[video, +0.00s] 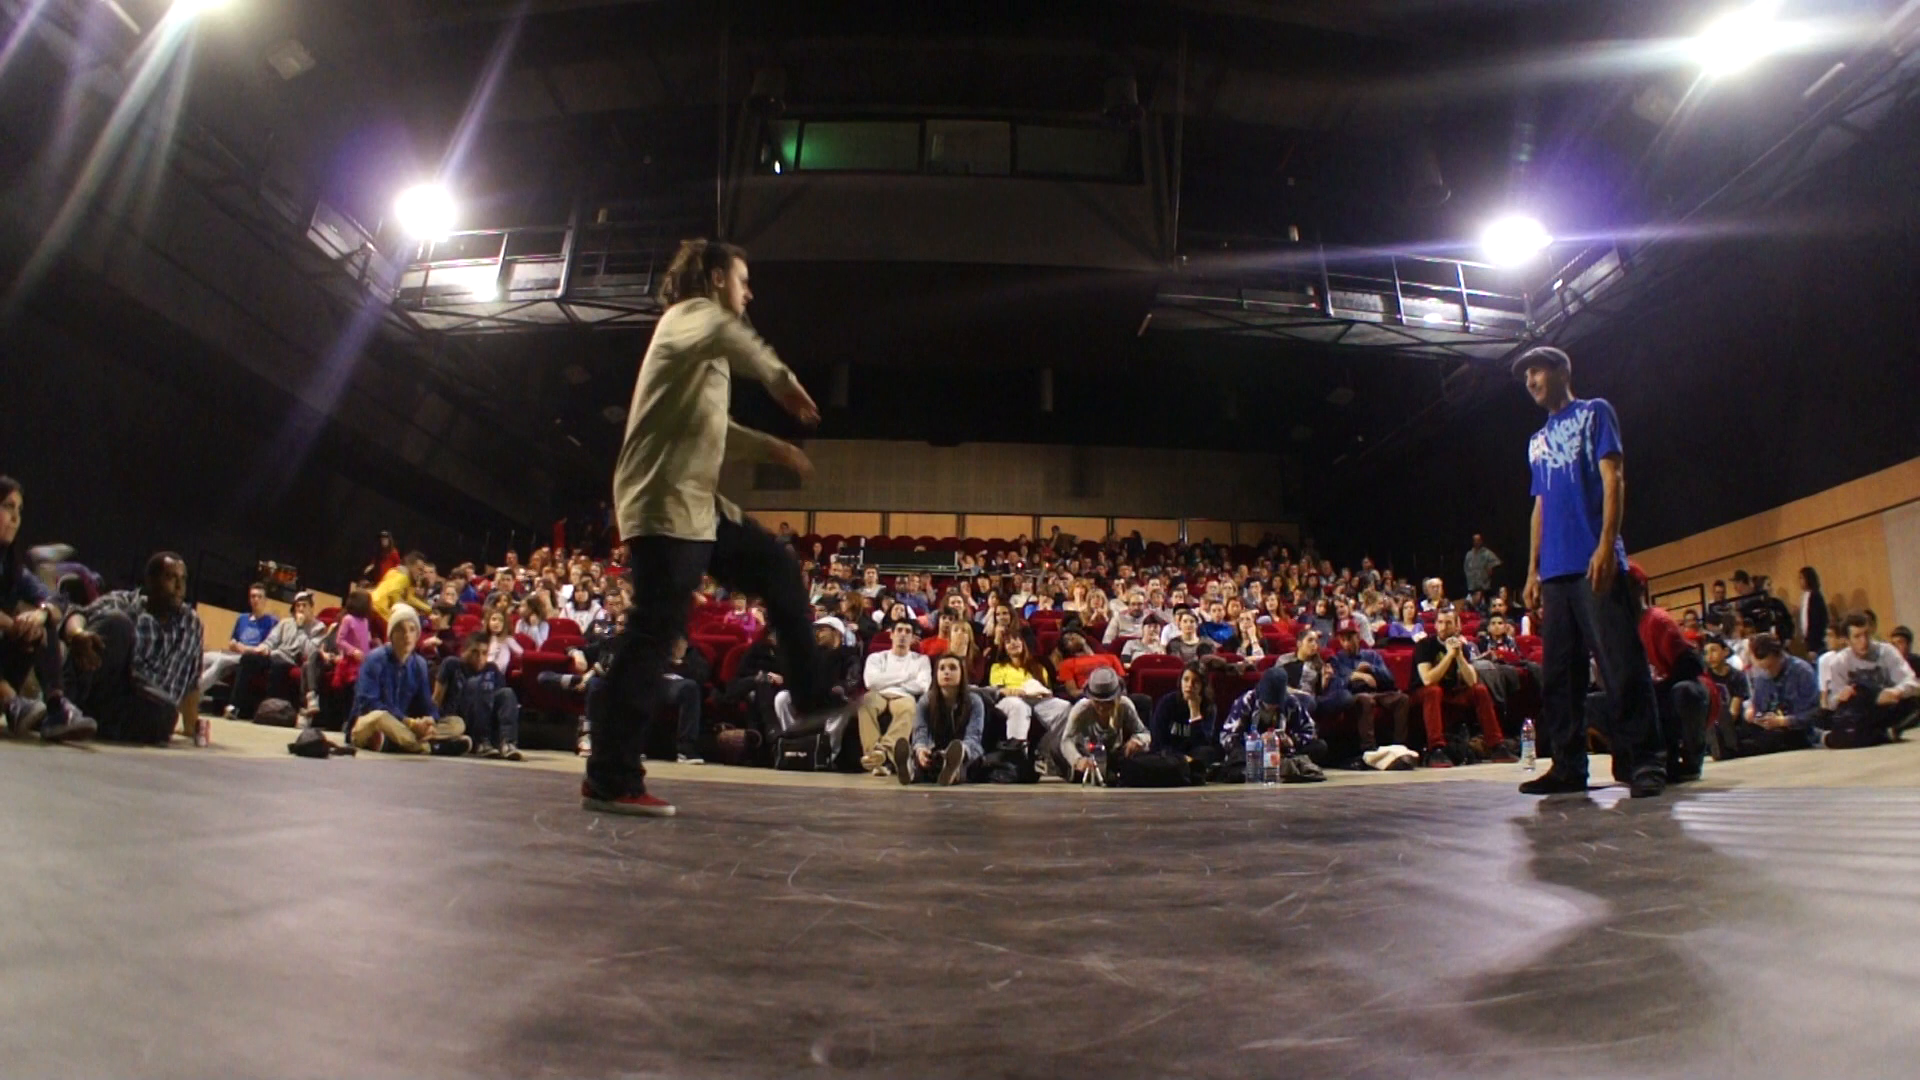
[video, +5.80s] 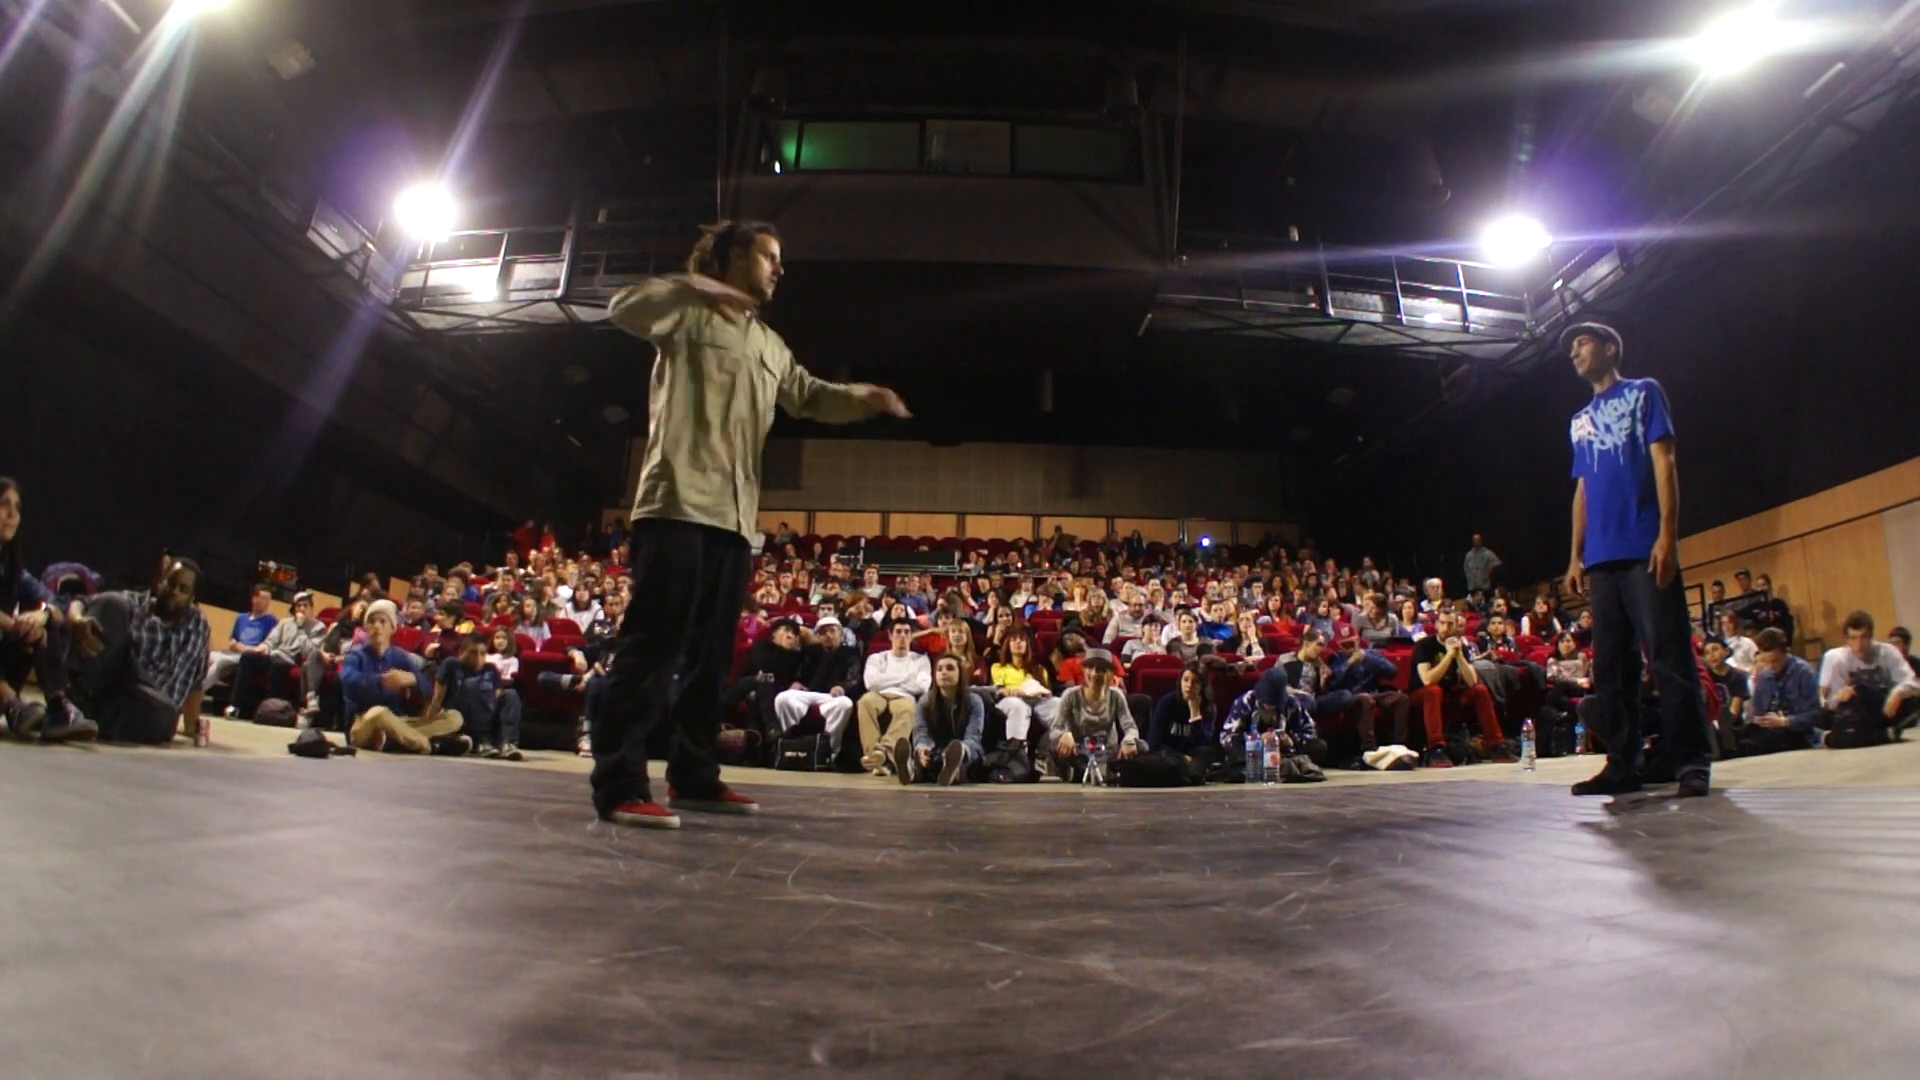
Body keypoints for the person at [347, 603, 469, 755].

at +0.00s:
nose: (407, 636)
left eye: (412, 630)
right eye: (401, 631)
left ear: (418, 634)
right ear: (391, 635)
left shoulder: (419, 664)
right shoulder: (375, 659)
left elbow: (426, 703)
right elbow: (368, 703)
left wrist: (430, 720)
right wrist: (406, 722)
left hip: (412, 724)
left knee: (457, 723)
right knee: (380, 717)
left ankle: (395, 744)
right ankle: (427, 748)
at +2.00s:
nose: (408, 637)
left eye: (412, 631)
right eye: (401, 631)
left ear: (418, 635)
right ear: (391, 635)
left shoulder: (420, 664)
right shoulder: (376, 658)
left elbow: (426, 705)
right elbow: (367, 703)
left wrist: (430, 720)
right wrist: (407, 722)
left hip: (411, 726)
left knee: (457, 724)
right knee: (380, 718)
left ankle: (393, 744)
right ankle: (426, 748)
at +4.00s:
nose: (408, 637)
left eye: (412, 631)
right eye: (401, 632)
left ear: (418, 635)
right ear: (391, 635)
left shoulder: (419, 664)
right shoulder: (375, 660)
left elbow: (426, 704)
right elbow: (368, 703)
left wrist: (430, 720)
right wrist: (407, 722)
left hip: (411, 725)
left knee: (457, 723)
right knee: (381, 718)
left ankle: (395, 744)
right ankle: (424, 748)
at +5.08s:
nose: (400, 637)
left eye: (407, 632)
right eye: (396, 630)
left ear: (417, 638)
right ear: (390, 634)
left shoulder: (420, 665)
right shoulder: (373, 660)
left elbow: (420, 707)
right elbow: (364, 704)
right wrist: (406, 700)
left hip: (410, 724)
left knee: (456, 724)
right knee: (379, 718)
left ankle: (393, 744)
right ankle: (428, 747)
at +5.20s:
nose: (398, 637)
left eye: (405, 633)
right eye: (394, 631)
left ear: (415, 639)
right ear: (388, 633)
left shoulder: (419, 664)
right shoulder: (372, 660)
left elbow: (426, 706)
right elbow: (367, 705)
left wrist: (428, 720)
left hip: (404, 724)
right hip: (366, 725)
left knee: (457, 724)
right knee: (380, 717)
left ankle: (393, 744)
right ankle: (428, 747)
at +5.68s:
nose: (381, 629)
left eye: (387, 624)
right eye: (376, 624)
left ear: (398, 630)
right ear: (371, 630)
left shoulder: (408, 661)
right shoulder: (359, 659)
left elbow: (427, 700)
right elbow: (354, 696)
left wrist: (419, 702)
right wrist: (385, 675)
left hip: (402, 723)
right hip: (364, 727)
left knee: (456, 723)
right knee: (379, 716)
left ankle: (393, 743)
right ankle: (430, 748)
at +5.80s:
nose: (377, 626)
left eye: (382, 621)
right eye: (372, 622)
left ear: (393, 628)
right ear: (366, 627)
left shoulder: (400, 657)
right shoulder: (356, 655)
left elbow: (427, 690)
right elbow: (349, 679)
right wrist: (384, 681)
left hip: (401, 720)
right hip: (364, 725)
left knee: (455, 717)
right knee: (379, 713)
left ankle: (395, 742)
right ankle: (429, 747)